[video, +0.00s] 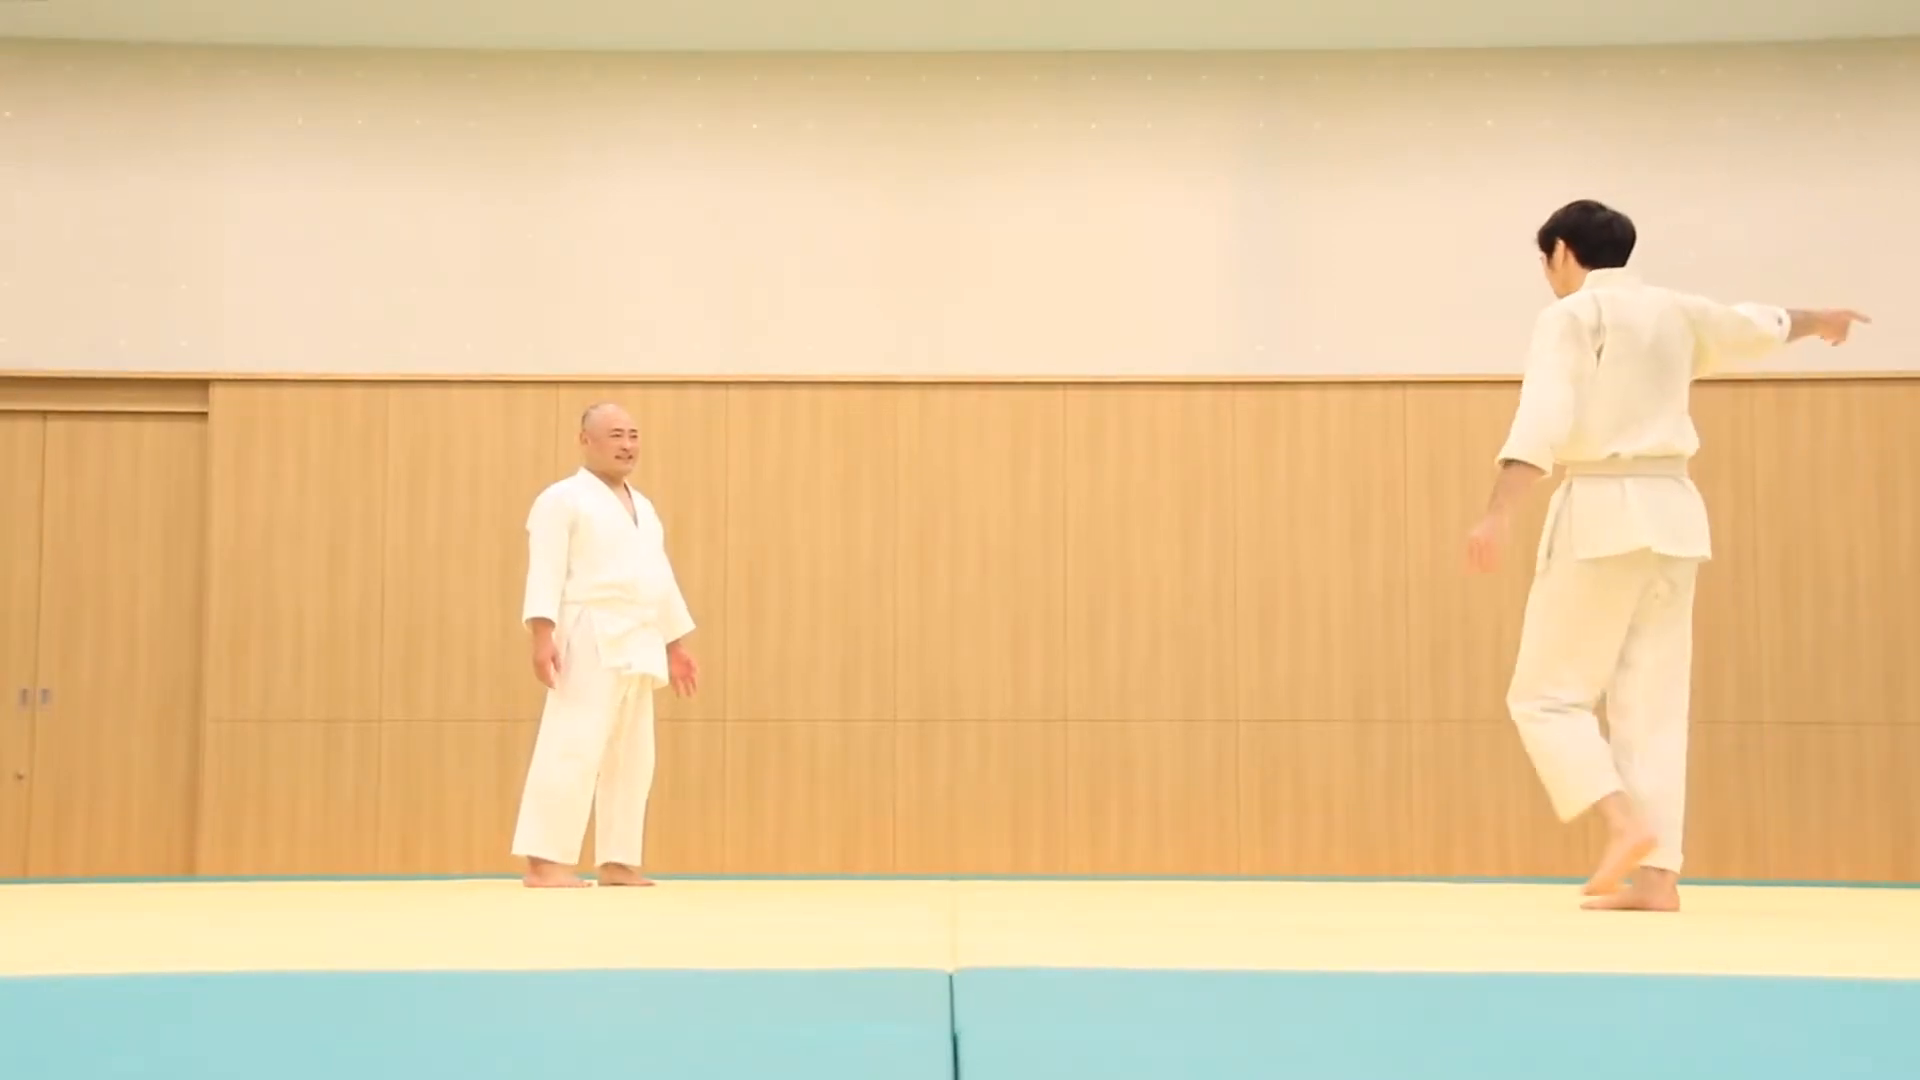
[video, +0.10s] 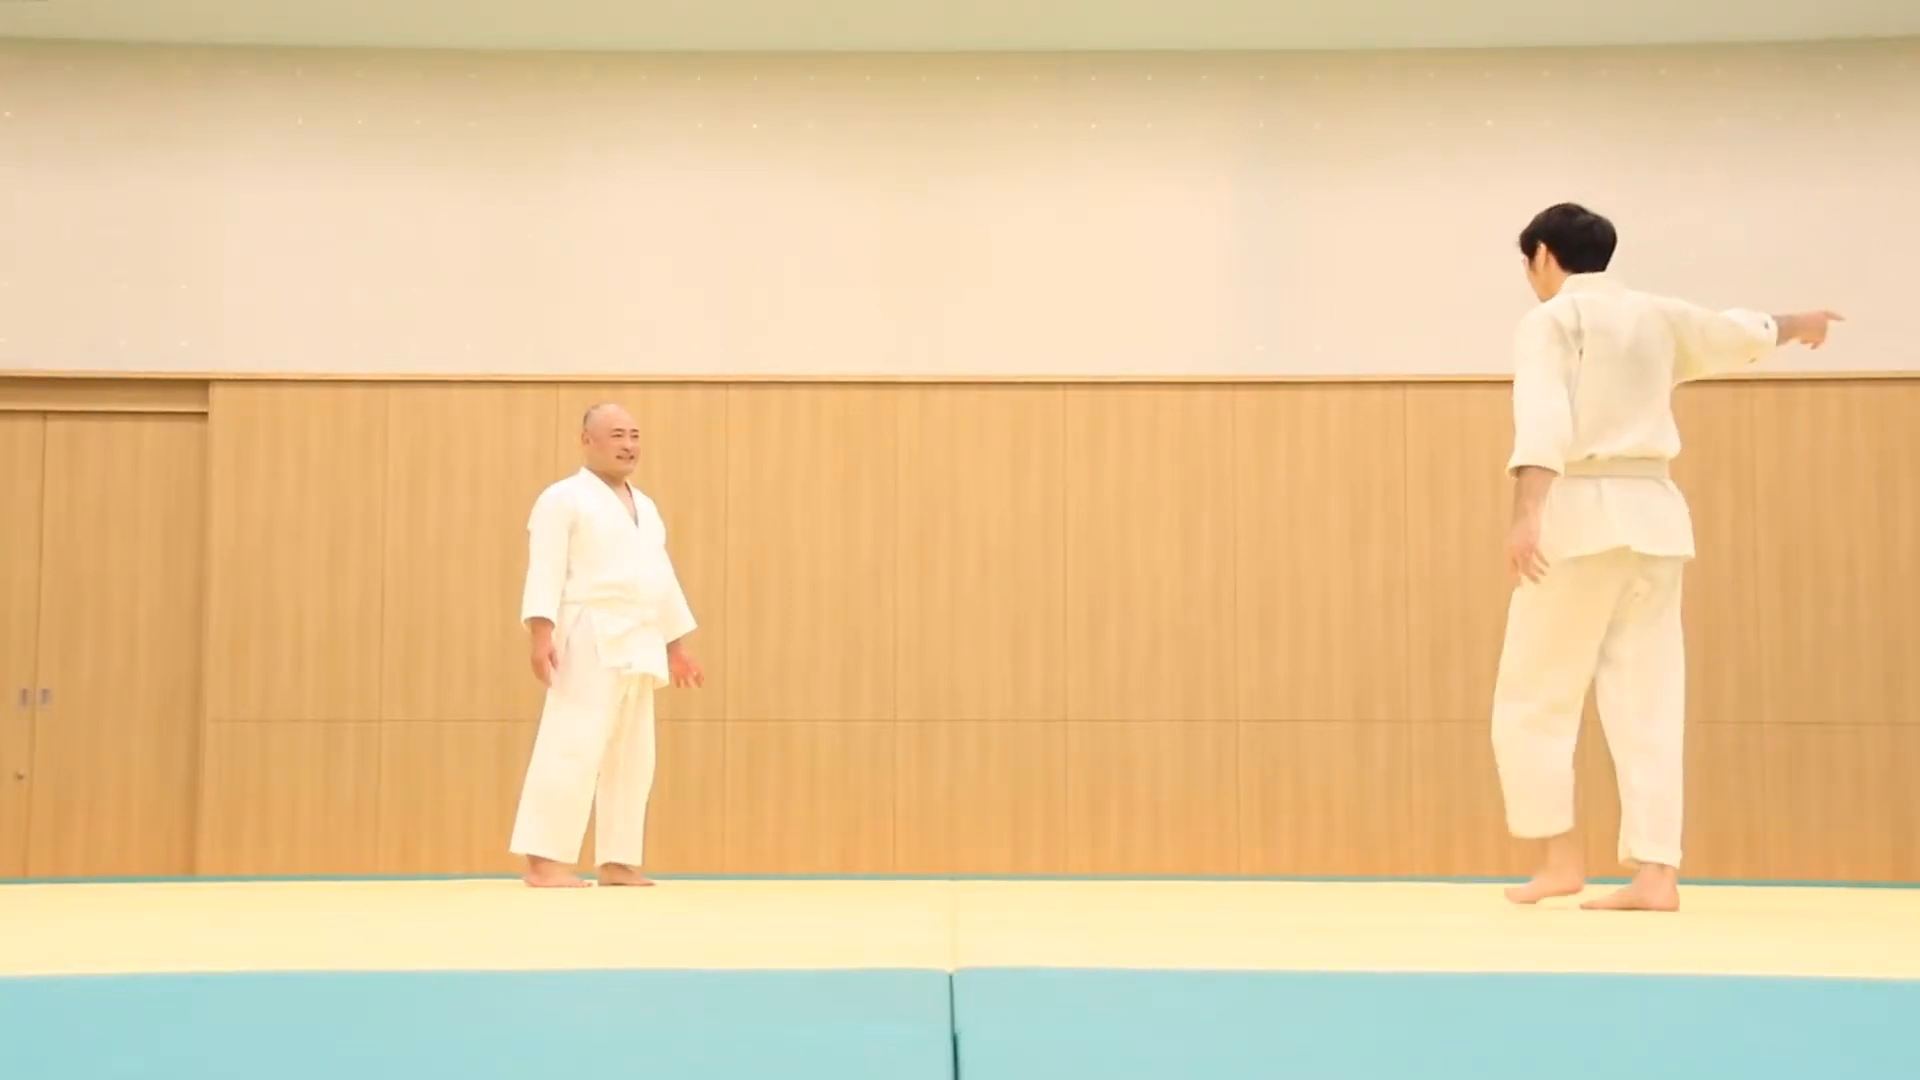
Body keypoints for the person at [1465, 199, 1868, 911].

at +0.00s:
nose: (1546, 275)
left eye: (1545, 261)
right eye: (1544, 263)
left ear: (1565, 255)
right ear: (1621, 255)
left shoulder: (1567, 317)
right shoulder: (1671, 309)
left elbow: (1543, 417)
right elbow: (1748, 325)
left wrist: (1496, 510)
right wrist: (1816, 320)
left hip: (1599, 522)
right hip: (1675, 521)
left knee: (1546, 695)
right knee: (1653, 698)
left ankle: (1623, 822)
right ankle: (1655, 878)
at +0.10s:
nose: (1530, 277)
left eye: (1530, 263)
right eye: (1529, 264)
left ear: (1548, 257)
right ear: (1600, 258)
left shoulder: (1549, 321)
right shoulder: (1653, 311)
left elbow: (1543, 415)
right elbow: (1726, 330)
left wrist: (1526, 511)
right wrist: (1791, 326)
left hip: (1581, 520)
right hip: (1657, 521)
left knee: (1535, 690)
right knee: (1647, 692)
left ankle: (1559, 859)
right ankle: (1656, 877)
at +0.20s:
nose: (1509, 284)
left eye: (1508, 271)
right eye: (1507, 272)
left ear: (1527, 265)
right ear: (1583, 265)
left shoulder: (1528, 330)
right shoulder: (1633, 321)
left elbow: (1528, 425)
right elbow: (1706, 354)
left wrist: (1527, 522)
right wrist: (1765, 362)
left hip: (1564, 524)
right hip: (1640, 522)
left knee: (1531, 694)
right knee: (1641, 704)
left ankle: (1507, 870)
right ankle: (1655, 876)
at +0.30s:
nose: (1487, 294)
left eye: (1486, 279)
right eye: (1484, 281)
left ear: (1505, 272)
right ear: (1558, 273)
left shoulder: (1509, 340)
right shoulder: (1612, 330)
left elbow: (1512, 444)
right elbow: (1682, 391)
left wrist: (1505, 546)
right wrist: (1717, 427)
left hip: (1547, 533)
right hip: (1622, 528)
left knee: (1519, 707)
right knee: (1627, 702)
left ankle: (1511, 877)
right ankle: (1653, 865)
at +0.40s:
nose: (1466, 301)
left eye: (1465, 286)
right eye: (1464, 287)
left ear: (1482, 276)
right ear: (1532, 277)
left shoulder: (1491, 346)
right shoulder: (1596, 340)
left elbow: (1490, 460)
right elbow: (1648, 451)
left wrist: (1466, 562)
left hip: (1529, 536)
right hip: (1604, 531)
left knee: (1510, 702)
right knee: (1601, 698)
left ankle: (1512, 877)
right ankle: (1640, 838)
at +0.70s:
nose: (1437, 313)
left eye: (1436, 298)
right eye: (1435, 300)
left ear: (1454, 289)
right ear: (1502, 289)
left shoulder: (1471, 353)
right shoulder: (1563, 350)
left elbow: (1423, 453)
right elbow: (1604, 459)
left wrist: (1364, 538)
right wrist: (1609, 546)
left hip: (1504, 535)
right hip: (1570, 535)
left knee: (1496, 700)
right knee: (1560, 699)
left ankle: (1513, 875)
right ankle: (1579, 864)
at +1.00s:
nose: (1430, 325)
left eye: (1432, 310)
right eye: (1428, 312)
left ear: (1455, 303)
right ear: (1489, 304)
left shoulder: (1472, 363)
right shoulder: (1544, 363)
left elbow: (1467, 478)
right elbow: (1573, 475)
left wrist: (1429, 565)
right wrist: (1580, 565)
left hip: (1505, 547)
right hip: (1559, 547)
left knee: (1476, 707)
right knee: (1550, 710)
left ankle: (1517, 858)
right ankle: (1562, 872)